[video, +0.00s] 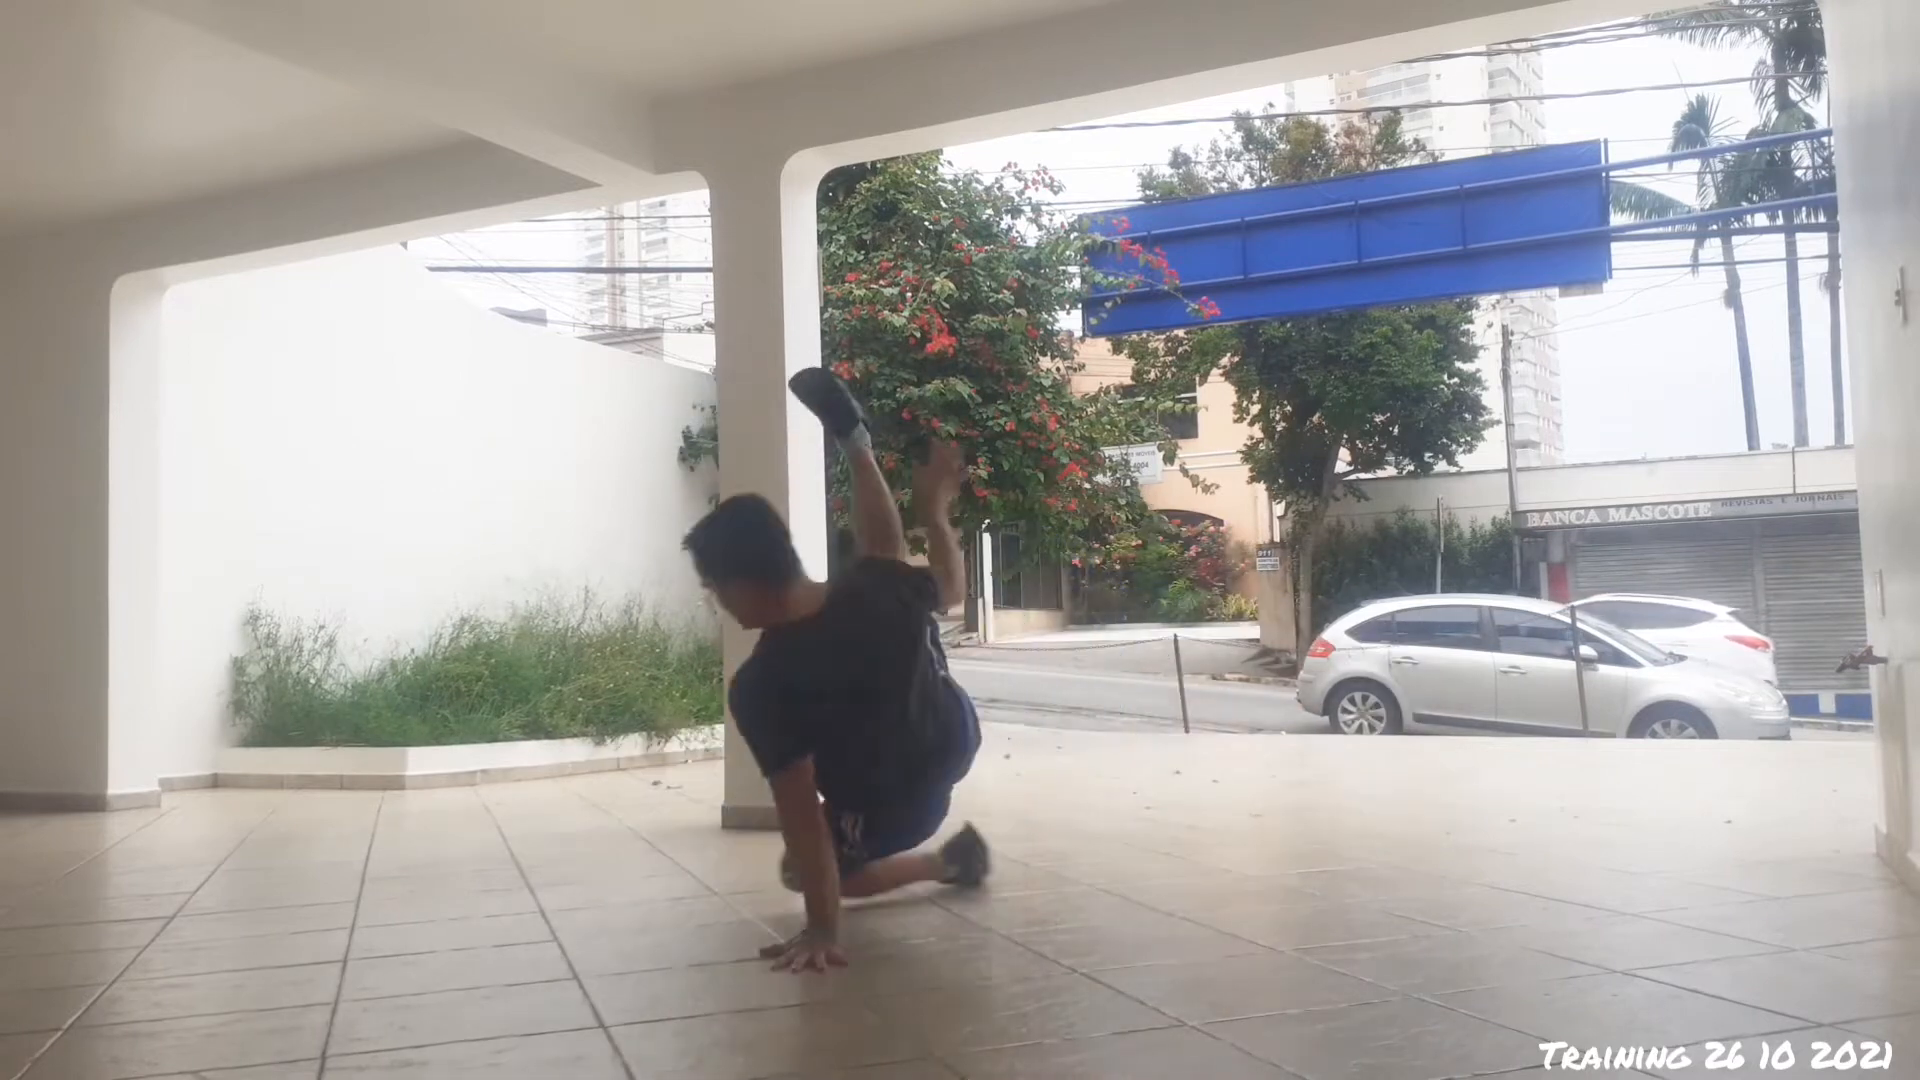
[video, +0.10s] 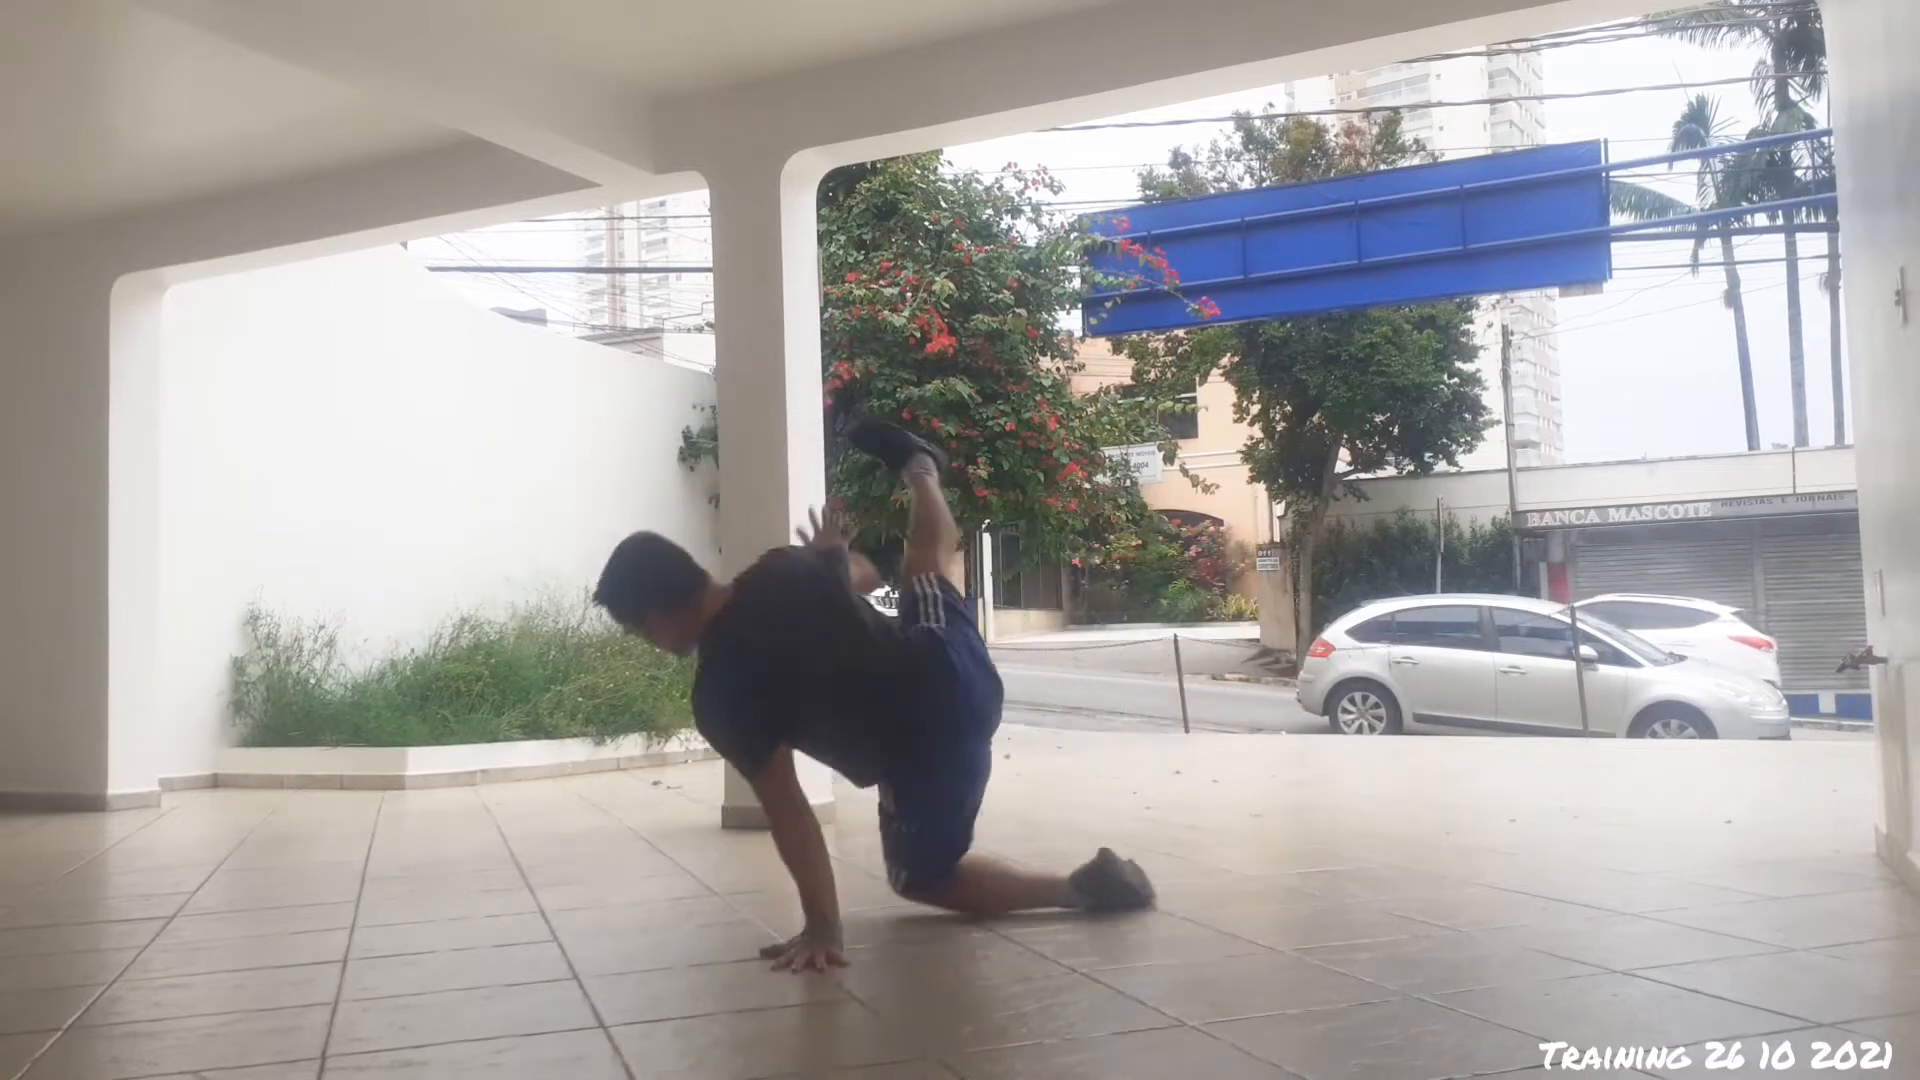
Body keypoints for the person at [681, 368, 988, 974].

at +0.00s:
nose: (717, 601)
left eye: (716, 587)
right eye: (712, 588)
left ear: (746, 585)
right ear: (786, 553)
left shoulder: (761, 686)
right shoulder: (876, 585)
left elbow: (802, 810)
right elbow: (949, 592)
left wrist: (822, 933)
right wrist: (939, 507)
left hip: (892, 815)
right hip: (952, 740)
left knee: (804, 872)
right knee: (884, 565)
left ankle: (946, 862)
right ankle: (856, 441)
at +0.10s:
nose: (647, 642)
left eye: (639, 629)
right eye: (636, 631)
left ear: (655, 618)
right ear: (691, 566)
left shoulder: (722, 695)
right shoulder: (782, 567)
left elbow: (790, 813)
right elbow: (863, 579)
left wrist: (822, 930)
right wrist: (833, 553)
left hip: (935, 766)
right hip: (959, 673)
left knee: (924, 877)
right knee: (933, 561)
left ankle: (1081, 888)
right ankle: (923, 467)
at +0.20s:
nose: (620, 693)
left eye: (614, 679)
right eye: (609, 682)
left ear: (636, 655)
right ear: (659, 620)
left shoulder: (710, 693)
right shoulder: (734, 613)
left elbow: (790, 808)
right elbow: (826, 630)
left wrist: (821, 927)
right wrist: (849, 740)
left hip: (917, 690)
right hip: (931, 607)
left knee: (946, 878)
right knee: (993, 546)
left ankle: (1124, 913)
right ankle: (1026, 491)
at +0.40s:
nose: (632, 754)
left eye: (625, 736)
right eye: (622, 743)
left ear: (647, 710)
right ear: (659, 707)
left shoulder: (704, 702)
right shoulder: (757, 705)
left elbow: (773, 806)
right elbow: (826, 786)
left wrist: (813, 918)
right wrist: (821, 893)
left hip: (872, 565)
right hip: (928, 601)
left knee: (829, 622)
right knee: (1062, 660)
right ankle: (1227, 657)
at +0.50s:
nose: (639, 714)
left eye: (633, 699)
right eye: (634, 706)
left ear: (654, 671)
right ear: (668, 679)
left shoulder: (704, 666)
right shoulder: (769, 700)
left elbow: (742, 768)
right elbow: (822, 788)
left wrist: (766, 880)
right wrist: (819, 889)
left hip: (872, 565)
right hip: (931, 616)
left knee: (753, 542)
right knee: (1019, 756)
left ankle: (624, 474)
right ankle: (1193, 784)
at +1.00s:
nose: (733, 604)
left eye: (741, 589)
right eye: (736, 589)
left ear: (771, 597)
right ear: (806, 600)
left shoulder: (740, 682)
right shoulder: (836, 688)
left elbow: (697, 814)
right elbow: (827, 794)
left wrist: (657, 926)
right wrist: (820, 891)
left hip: (639, 810)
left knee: (566, 714)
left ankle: (463, 608)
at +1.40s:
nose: (472, 659)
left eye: (464, 646)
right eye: (461, 647)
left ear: (484, 632)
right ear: (514, 582)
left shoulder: (553, 703)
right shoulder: (607, 578)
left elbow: (624, 816)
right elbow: (707, 587)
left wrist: (652, 931)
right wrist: (685, 571)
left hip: (772, 761)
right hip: (795, 672)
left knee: (775, 878)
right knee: (775, 567)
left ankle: (928, 886)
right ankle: (777, 463)